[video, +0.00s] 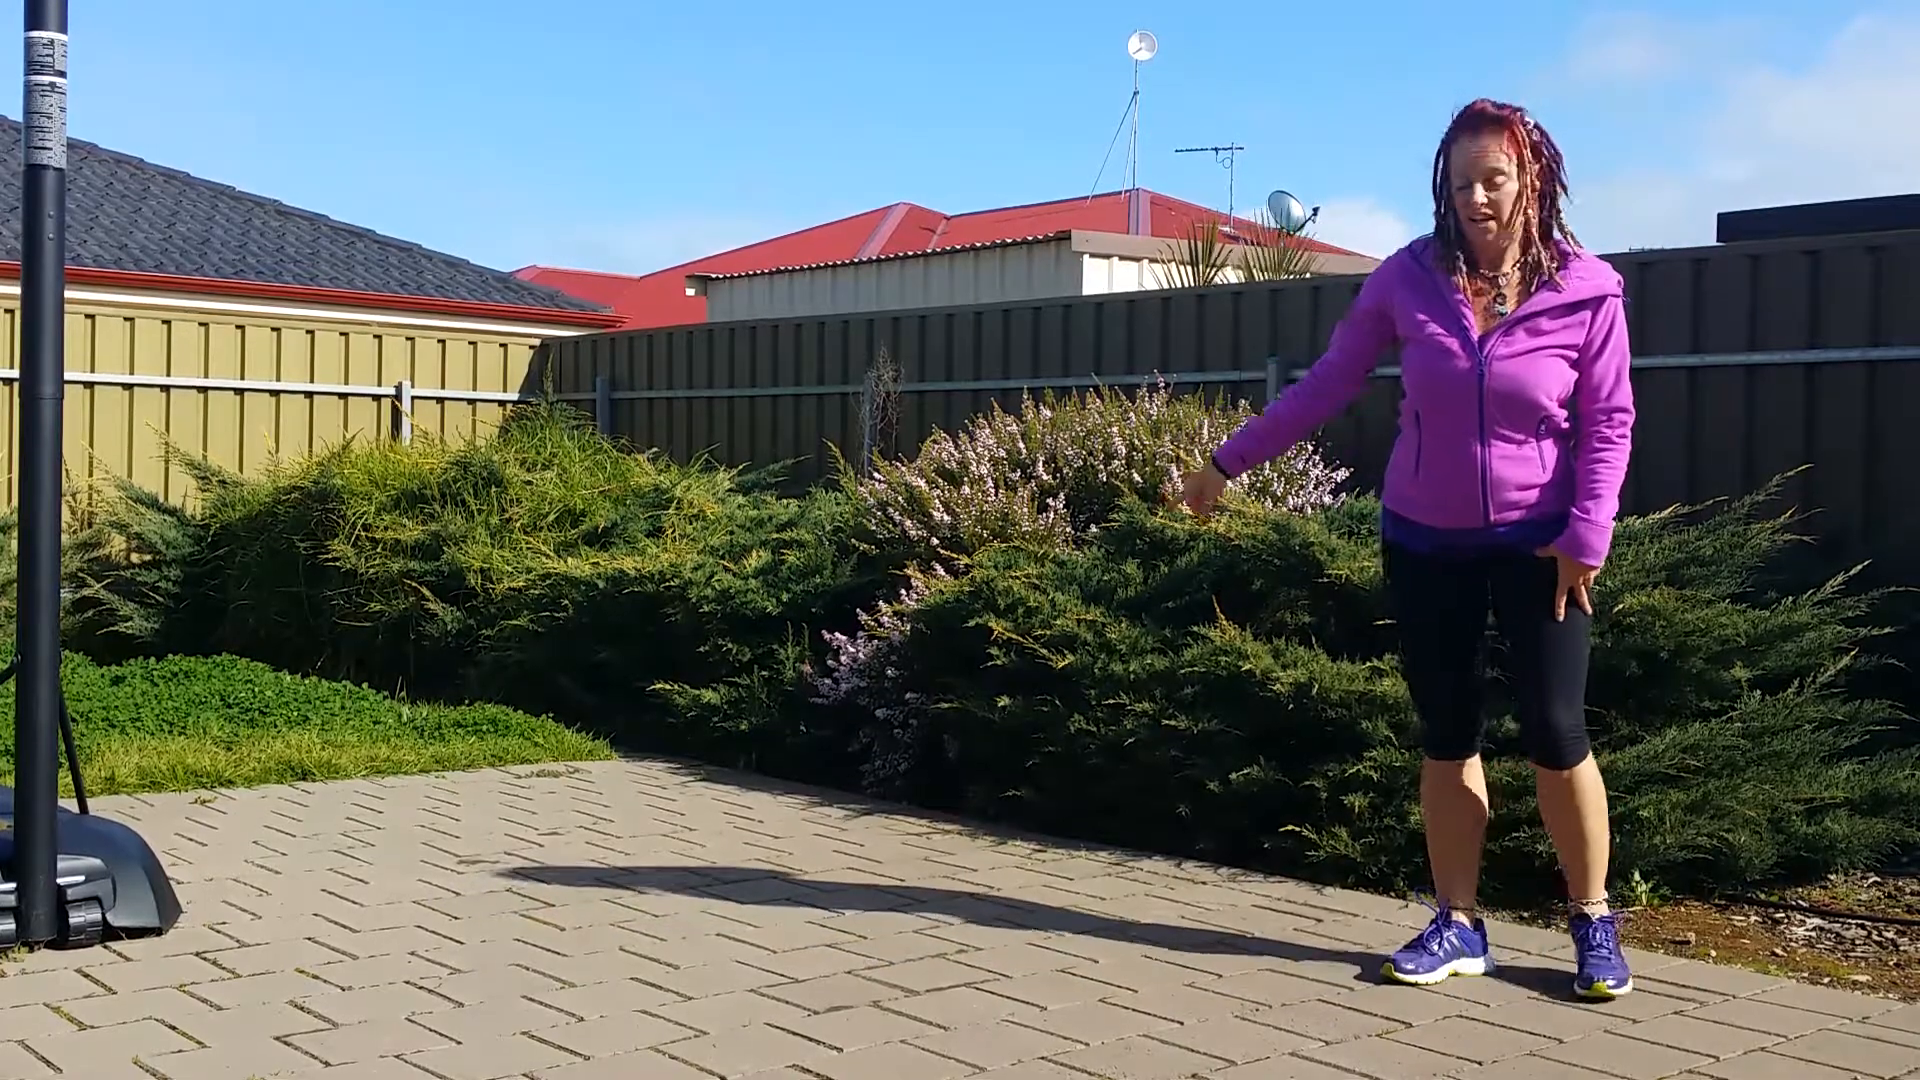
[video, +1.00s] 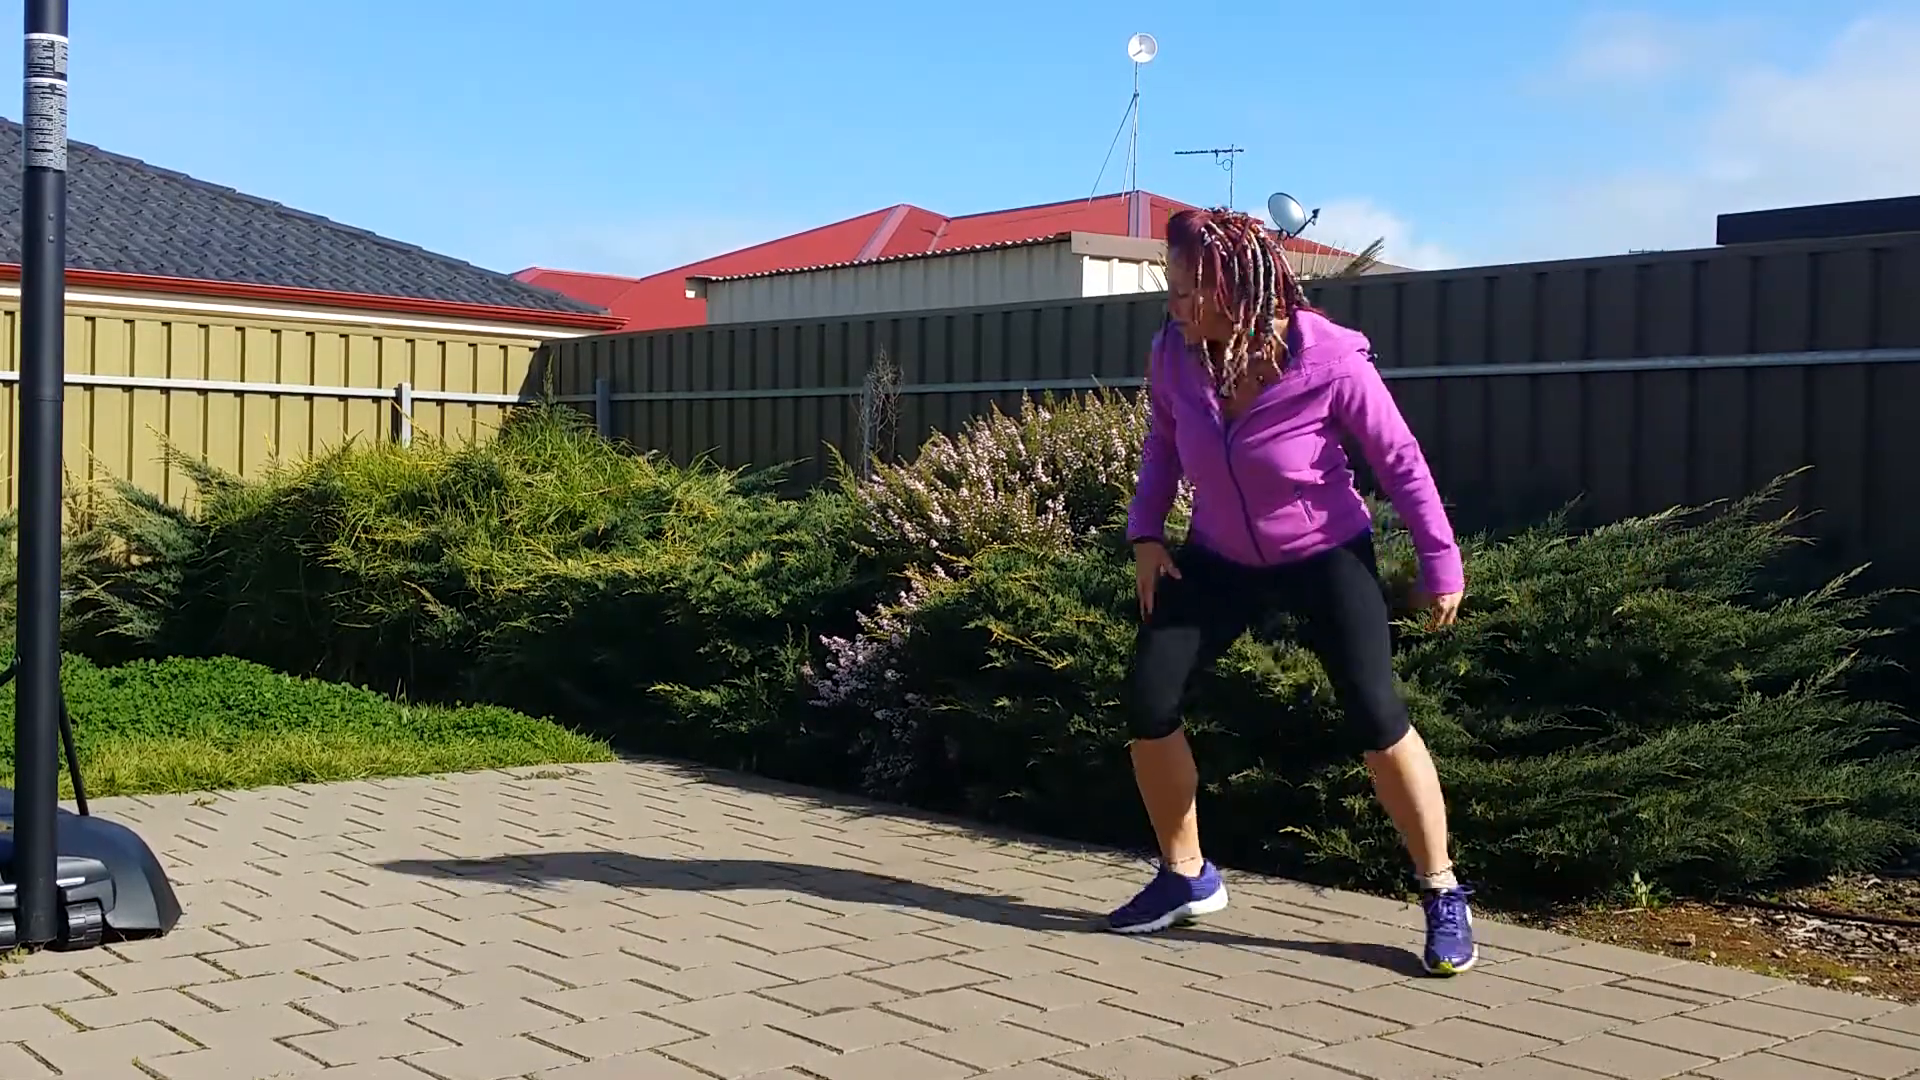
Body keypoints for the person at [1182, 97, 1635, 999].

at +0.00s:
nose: (1478, 198)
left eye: (1496, 179)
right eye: (1462, 182)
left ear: (1532, 183)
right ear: (1444, 186)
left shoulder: (1588, 286)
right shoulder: (1405, 278)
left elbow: (1608, 422)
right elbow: (1327, 383)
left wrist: (1587, 533)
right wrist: (1225, 461)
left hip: (1543, 539)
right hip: (1426, 540)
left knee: (1556, 735)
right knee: (1448, 736)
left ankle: (1594, 922)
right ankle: (1458, 922)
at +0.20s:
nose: (1450, 217)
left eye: (1465, 204)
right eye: (1450, 201)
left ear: (1523, 206)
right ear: (1479, 203)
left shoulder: (1614, 296)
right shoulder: (1431, 286)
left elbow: (1636, 431)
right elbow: (1395, 408)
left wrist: (1615, 543)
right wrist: (1358, 519)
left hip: (1564, 548)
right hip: (1444, 545)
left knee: (1577, 744)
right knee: (1453, 734)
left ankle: (1605, 935)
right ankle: (1456, 924)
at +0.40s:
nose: (1443, 242)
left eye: (1456, 227)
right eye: (1441, 226)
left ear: (1516, 221)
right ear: (1474, 220)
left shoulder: (1622, 302)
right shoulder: (1437, 301)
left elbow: (1671, 426)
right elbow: (1414, 423)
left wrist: (1671, 548)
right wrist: (1394, 530)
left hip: (1581, 542)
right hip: (1463, 535)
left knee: (1587, 742)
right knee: (1409, 705)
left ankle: (1605, 934)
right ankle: (1376, 902)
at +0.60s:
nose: (1408, 299)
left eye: (1422, 281)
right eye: (1405, 280)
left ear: (1480, 274)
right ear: (1425, 271)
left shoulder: (1591, 345)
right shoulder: (1412, 350)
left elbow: (1656, 460)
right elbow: (1390, 461)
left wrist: (1675, 579)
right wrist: (1351, 557)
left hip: (1559, 576)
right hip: (1442, 562)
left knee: (1575, 760)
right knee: (1326, 690)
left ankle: (1604, 935)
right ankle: (1200, 842)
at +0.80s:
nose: (1303, 340)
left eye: (1315, 324)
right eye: (1302, 324)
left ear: (1373, 322)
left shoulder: (1480, 393)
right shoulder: (1317, 392)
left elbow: (1557, 501)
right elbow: (1310, 478)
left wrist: (1590, 618)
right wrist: (1266, 561)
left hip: (1468, 599)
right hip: (1356, 589)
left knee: (1517, 766)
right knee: (1225, 691)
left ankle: (1597, 932)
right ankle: (1179, 862)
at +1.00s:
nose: (1175, 300)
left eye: (1189, 287)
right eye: (1171, 286)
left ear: (1238, 287)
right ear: (1173, 285)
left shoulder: (1330, 356)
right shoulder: (1174, 354)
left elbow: (1398, 458)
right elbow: (1162, 447)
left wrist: (1440, 558)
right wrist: (1144, 532)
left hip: (1324, 555)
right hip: (1218, 558)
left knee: (1374, 711)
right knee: (1149, 701)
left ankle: (1443, 893)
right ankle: (1185, 875)